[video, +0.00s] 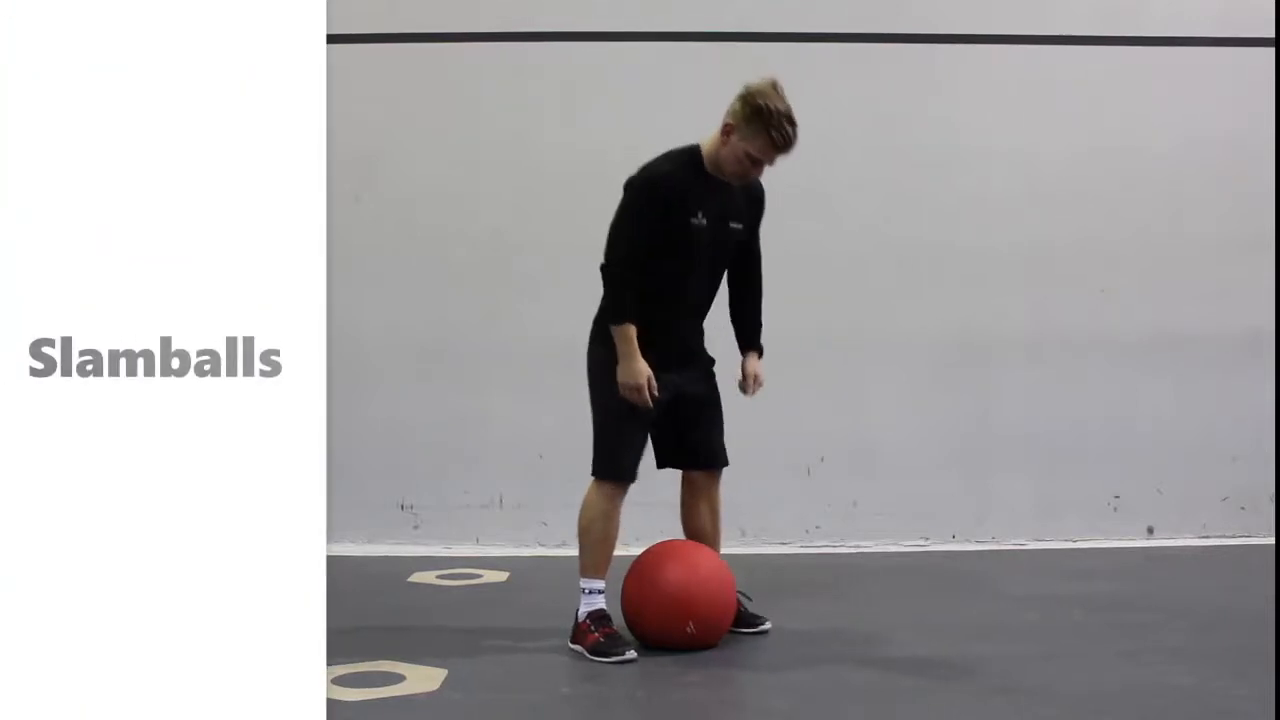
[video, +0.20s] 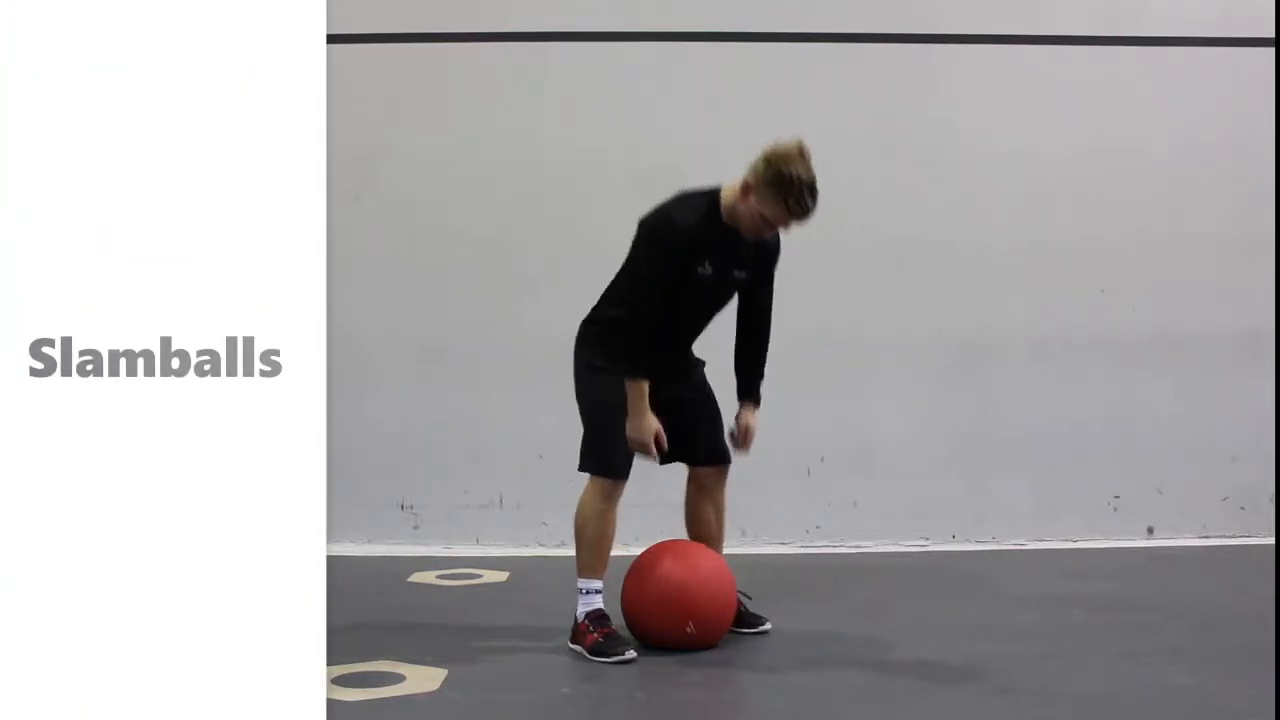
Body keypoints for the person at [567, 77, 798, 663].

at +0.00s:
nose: (757, 171)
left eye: (767, 163)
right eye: (752, 158)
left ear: (772, 151)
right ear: (726, 130)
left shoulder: (747, 195)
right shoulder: (658, 182)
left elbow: (745, 274)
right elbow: (616, 271)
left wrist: (751, 348)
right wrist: (628, 353)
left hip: (685, 346)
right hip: (625, 344)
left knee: (704, 467)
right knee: (613, 475)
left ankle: (711, 597)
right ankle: (590, 612)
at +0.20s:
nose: (769, 234)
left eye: (779, 227)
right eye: (766, 220)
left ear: (789, 217)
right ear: (744, 190)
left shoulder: (763, 245)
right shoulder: (673, 225)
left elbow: (754, 323)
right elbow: (636, 318)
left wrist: (749, 402)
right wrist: (638, 408)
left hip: (671, 354)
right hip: (610, 349)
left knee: (711, 462)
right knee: (610, 467)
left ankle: (709, 594)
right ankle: (589, 613)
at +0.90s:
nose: (776, 459)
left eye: (785, 456)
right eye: (777, 451)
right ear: (761, 419)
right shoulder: (691, 418)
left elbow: (737, 505)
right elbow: (648, 511)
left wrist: (715, 586)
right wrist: (636, 595)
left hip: (655, 428)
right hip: (594, 416)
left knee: (759, 477)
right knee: (616, 479)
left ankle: (719, 595)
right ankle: (592, 617)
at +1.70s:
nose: (717, 156)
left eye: (724, 146)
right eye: (709, 144)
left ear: (729, 143)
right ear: (676, 132)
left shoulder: (718, 204)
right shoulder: (638, 191)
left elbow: (747, 267)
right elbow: (659, 267)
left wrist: (785, 320)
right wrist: (718, 313)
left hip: (664, 344)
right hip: (607, 345)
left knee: (706, 462)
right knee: (634, 472)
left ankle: (690, 600)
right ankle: (607, 612)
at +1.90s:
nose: (688, 156)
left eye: (694, 146)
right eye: (677, 145)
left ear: (699, 147)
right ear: (645, 141)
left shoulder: (706, 215)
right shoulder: (619, 207)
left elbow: (752, 270)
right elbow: (652, 266)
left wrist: (767, 294)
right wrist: (720, 297)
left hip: (679, 371)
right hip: (619, 374)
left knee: (733, 478)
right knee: (652, 491)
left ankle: (691, 603)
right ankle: (610, 615)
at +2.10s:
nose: (678, 135)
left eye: (685, 125)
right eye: (667, 124)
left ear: (690, 128)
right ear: (637, 123)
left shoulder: (700, 199)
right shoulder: (614, 191)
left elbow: (742, 255)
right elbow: (648, 250)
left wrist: (762, 281)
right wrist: (722, 284)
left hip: (682, 354)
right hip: (623, 358)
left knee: (718, 470)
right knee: (643, 479)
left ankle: (690, 601)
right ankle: (609, 612)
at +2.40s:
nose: (665, 119)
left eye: (672, 109)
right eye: (655, 107)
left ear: (679, 110)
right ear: (624, 106)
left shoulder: (693, 178)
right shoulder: (604, 176)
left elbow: (740, 235)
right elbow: (638, 233)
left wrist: (759, 262)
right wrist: (715, 265)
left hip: (684, 344)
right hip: (624, 348)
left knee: (705, 464)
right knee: (624, 473)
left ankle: (696, 599)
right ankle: (597, 610)